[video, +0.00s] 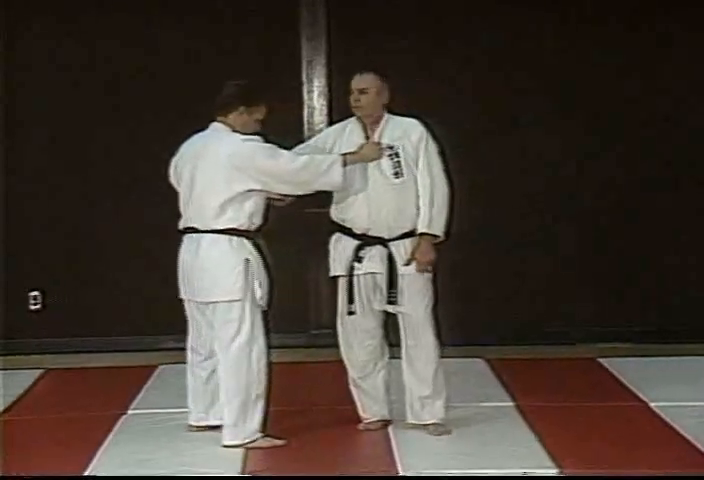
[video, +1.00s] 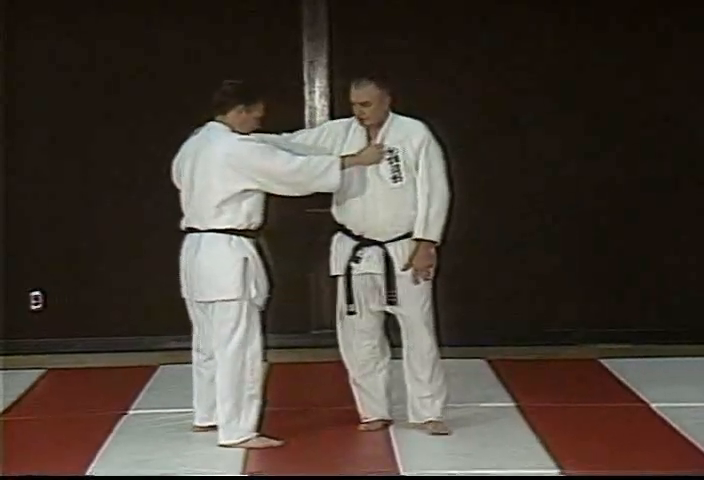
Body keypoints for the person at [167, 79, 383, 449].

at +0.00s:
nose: (260, 125)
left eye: (261, 118)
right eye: (257, 117)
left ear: (226, 113)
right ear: (238, 113)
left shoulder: (191, 146)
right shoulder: (243, 149)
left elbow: (176, 177)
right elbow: (295, 168)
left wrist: (255, 189)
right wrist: (355, 157)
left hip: (192, 251)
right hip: (229, 254)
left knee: (201, 342)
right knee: (240, 345)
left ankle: (203, 414)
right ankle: (241, 431)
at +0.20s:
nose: (258, 125)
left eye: (260, 118)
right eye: (256, 118)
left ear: (223, 113)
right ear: (239, 113)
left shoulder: (185, 149)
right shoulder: (235, 150)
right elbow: (288, 168)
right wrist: (351, 157)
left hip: (185, 252)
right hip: (220, 254)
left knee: (199, 342)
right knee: (240, 344)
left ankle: (201, 414)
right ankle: (241, 429)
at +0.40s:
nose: (255, 126)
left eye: (257, 119)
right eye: (254, 118)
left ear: (223, 113)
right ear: (237, 113)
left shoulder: (187, 147)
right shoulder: (235, 150)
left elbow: (175, 177)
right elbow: (288, 169)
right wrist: (350, 157)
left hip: (191, 250)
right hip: (224, 254)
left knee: (202, 341)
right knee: (238, 344)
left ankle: (202, 413)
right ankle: (237, 430)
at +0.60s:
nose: (256, 126)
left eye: (257, 119)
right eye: (254, 119)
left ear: (225, 113)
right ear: (236, 113)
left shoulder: (191, 145)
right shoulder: (236, 149)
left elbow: (176, 178)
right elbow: (290, 170)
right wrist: (352, 159)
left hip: (197, 248)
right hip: (230, 252)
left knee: (209, 340)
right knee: (239, 343)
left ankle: (205, 414)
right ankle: (237, 430)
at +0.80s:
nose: (257, 124)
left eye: (257, 116)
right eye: (254, 116)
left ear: (224, 112)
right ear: (236, 112)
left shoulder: (192, 144)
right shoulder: (238, 148)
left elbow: (176, 177)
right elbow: (292, 168)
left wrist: (216, 194)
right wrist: (354, 160)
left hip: (197, 248)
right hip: (232, 252)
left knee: (209, 341)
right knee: (238, 345)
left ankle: (206, 414)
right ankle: (237, 430)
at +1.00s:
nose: (259, 122)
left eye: (260, 115)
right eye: (257, 114)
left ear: (225, 112)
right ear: (239, 112)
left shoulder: (194, 143)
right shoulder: (238, 148)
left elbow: (177, 176)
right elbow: (292, 168)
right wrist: (355, 160)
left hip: (195, 248)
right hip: (229, 253)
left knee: (205, 343)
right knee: (237, 346)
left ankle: (206, 415)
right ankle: (237, 430)